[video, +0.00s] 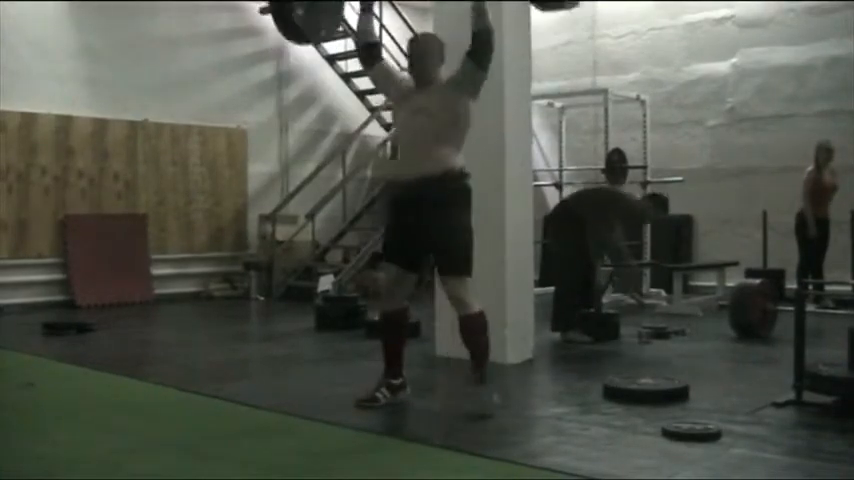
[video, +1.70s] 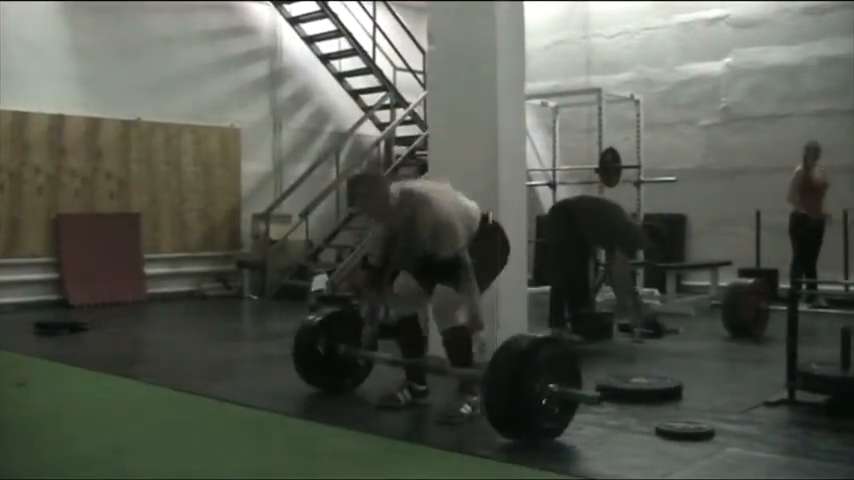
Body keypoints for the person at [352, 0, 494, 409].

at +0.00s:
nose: (418, 61)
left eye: (425, 54)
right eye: (413, 55)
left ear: (440, 59)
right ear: (408, 61)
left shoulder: (457, 93)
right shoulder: (401, 96)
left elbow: (481, 47)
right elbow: (368, 52)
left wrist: (479, 4)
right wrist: (368, 7)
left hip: (446, 191)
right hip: (404, 194)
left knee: (457, 285)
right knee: (393, 286)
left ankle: (480, 384)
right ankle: (393, 380)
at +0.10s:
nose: (428, 65)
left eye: (436, 59)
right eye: (425, 60)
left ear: (454, 64)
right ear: (421, 67)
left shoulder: (471, 103)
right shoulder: (412, 103)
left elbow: (497, 68)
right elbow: (376, 80)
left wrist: (481, 21)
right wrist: (369, 30)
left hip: (459, 198)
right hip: (421, 200)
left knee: (467, 293)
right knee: (396, 288)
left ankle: (503, 377)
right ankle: (393, 380)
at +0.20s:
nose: (447, 83)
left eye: (453, 76)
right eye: (442, 77)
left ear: (469, 75)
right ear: (436, 79)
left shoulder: (488, 105)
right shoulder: (433, 112)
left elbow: (519, 118)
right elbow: (391, 122)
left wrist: (491, 84)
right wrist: (375, 96)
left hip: (476, 204)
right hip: (435, 204)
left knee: (483, 297)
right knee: (410, 290)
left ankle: (507, 382)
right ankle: (395, 381)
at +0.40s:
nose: (457, 82)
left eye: (462, 75)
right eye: (452, 77)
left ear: (479, 72)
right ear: (448, 80)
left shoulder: (506, 112)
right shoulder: (442, 119)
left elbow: (535, 158)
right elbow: (422, 161)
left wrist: (533, 196)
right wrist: (406, 179)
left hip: (496, 206)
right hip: (456, 208)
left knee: (502, 295)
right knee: (432, 286)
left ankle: (510, 379)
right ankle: (441, 370)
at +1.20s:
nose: (413, 116)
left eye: (416, 108)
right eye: (409, 110)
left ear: (435, 98)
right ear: (413, 106)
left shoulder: (483, 126)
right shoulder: (424, 136)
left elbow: (515, 177)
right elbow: (407, 185)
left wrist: (515, 229)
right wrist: (390, 225)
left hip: (491, 211)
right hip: (455, 214)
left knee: (486, 295)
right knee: (427, 290)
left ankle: (497, 389)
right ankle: (454, 362)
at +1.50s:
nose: (372, 155)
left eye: (372, 147)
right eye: (367, 149)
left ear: (388, 135)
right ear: (372, 144)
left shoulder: (449, 148)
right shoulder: (396, 172)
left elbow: (484, 202)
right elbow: (387, 229)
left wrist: (491, 255)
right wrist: (380, 278)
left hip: (479, 216)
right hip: (443, 221)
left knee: (472, 299)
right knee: (420, 293)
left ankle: (491, 392)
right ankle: (416, 384)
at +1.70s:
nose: (369, 210)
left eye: (370, 201)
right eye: (363, 206)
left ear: (382, 191)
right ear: (362, 205)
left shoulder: (436, 210)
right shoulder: (385, 218)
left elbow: (465, 267)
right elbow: (376, 270)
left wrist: (475, 316)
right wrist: (372, 323)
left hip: (481, 243)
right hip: (432, 248)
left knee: (445, 307)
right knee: (403, 299)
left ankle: (469, 395)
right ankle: (416, 385)